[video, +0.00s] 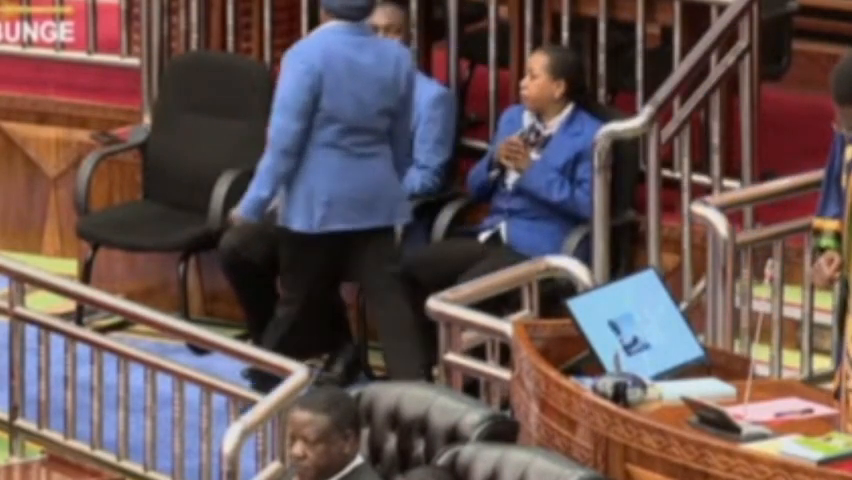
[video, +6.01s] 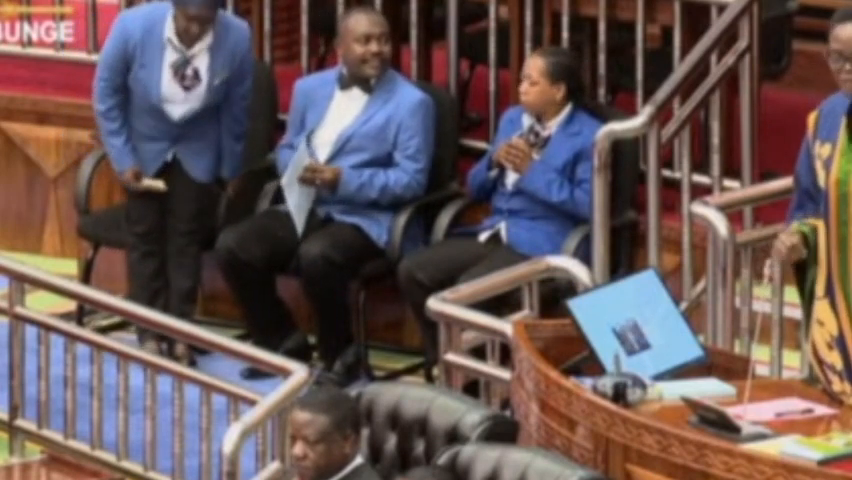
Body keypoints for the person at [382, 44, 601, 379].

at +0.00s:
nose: (523, 84)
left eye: (533, 77)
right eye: (525, 76)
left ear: (560, 88)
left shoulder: (590, 135)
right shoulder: (512, 119)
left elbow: (588, 205)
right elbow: (476, 188)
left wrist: (528, 170)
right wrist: (495, 162)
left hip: (536, 252)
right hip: (490, 238)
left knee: (454, 303)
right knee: (398, 273)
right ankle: (410, 387)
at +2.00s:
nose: (522, 80)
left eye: (531, 74)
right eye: (525, 72)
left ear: (555, 88)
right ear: (551, 88)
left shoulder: (590, 135)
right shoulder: (513, 119)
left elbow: (589, 207)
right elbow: (476, 189)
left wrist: (530, 170)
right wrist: (495, 163)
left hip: (538, 250)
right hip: (494, 238)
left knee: (461, 298)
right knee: (413, 271)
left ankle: (480, 381)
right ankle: (448, 367)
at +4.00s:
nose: (519, 81)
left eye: (528, 76)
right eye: (523, 73)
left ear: (552, 89)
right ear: (549, 88)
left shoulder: (589, 135)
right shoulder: (512, 120)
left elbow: (590, 206)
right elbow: (475, 190)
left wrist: (529, 172)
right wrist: (494, 164)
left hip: (539, 251)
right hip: (494, 236)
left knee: (462, 296)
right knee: (414, 271)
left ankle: (482, 381)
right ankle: (445, 366)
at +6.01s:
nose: (522, 90)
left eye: (531, 83)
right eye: (522, 81)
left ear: (559, 92)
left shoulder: (589, 135)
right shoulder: (512, 120)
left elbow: (589, 206)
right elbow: (476, 188)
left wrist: (530, 172)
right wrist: (495, 164)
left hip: (539, 249)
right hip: (495, 235)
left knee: (464, 295)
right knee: (414, 271)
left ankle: (483, 380)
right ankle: (444, 365)